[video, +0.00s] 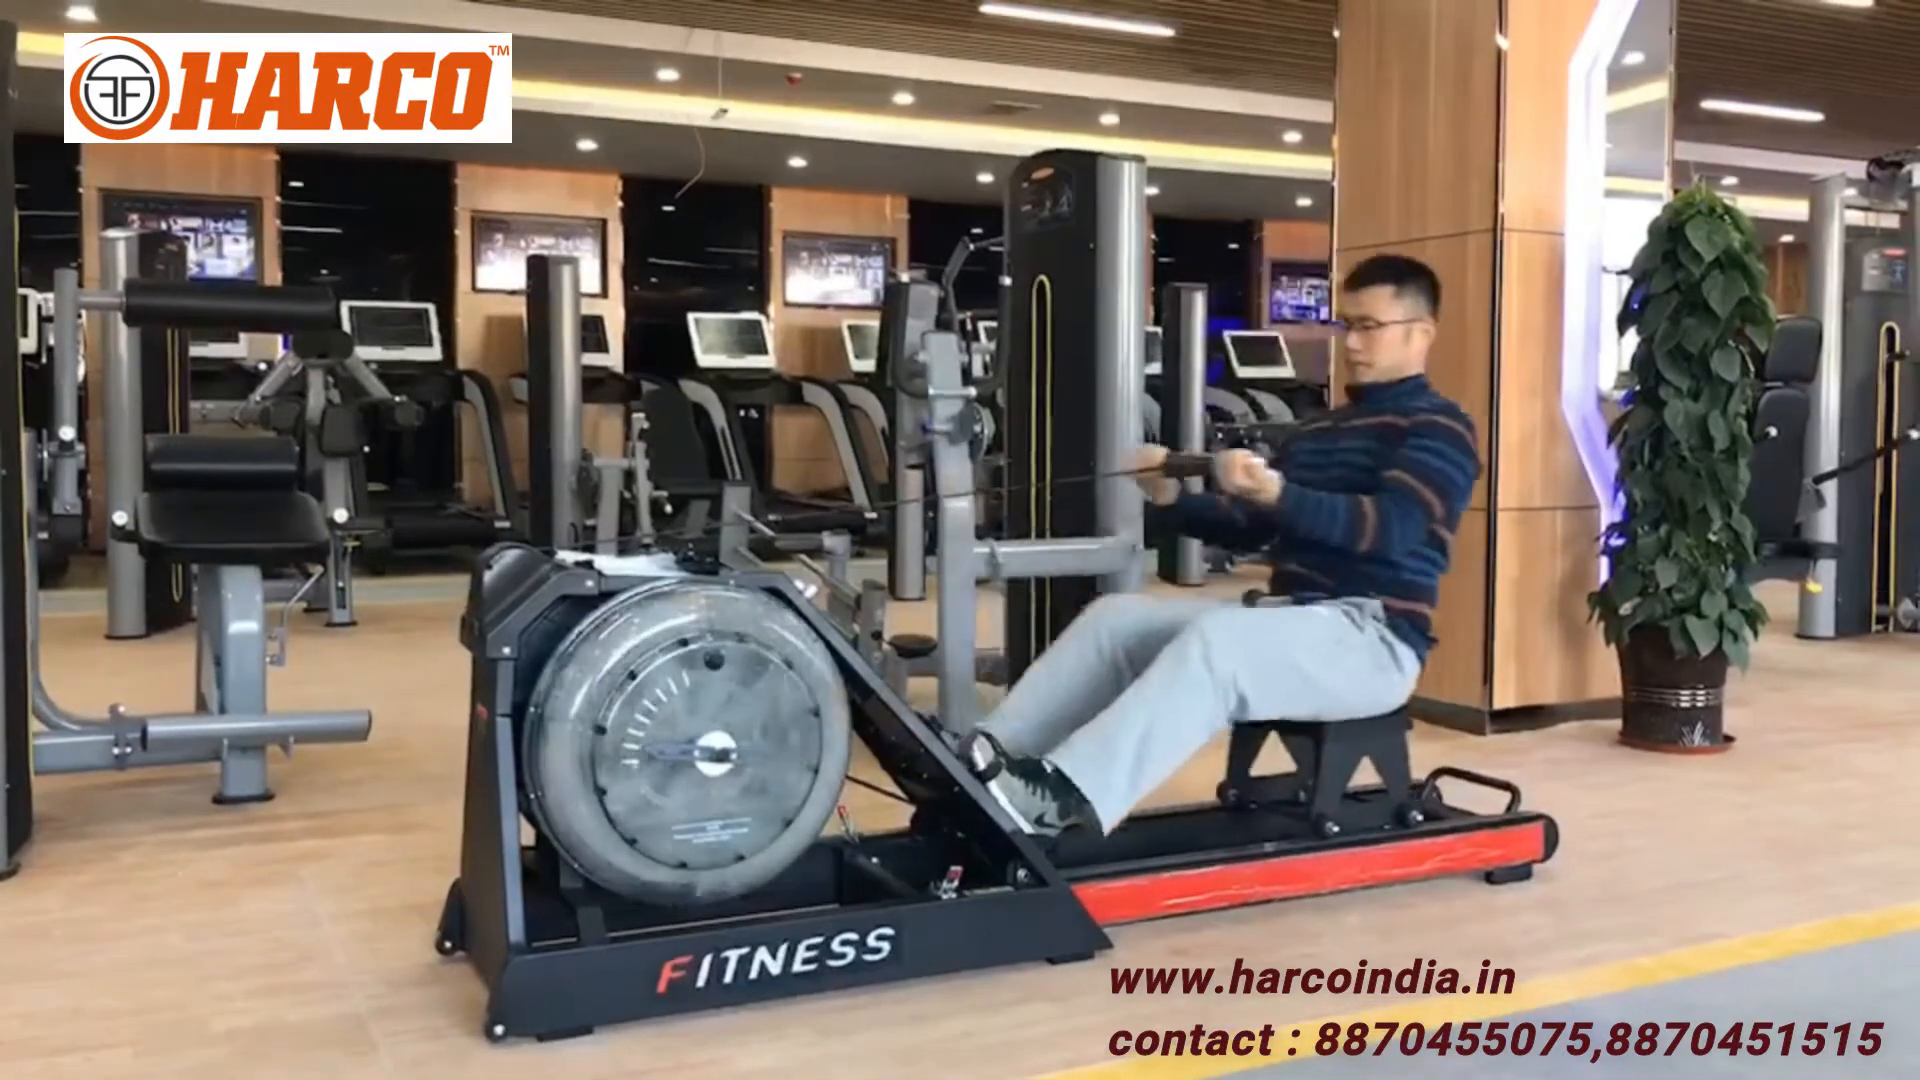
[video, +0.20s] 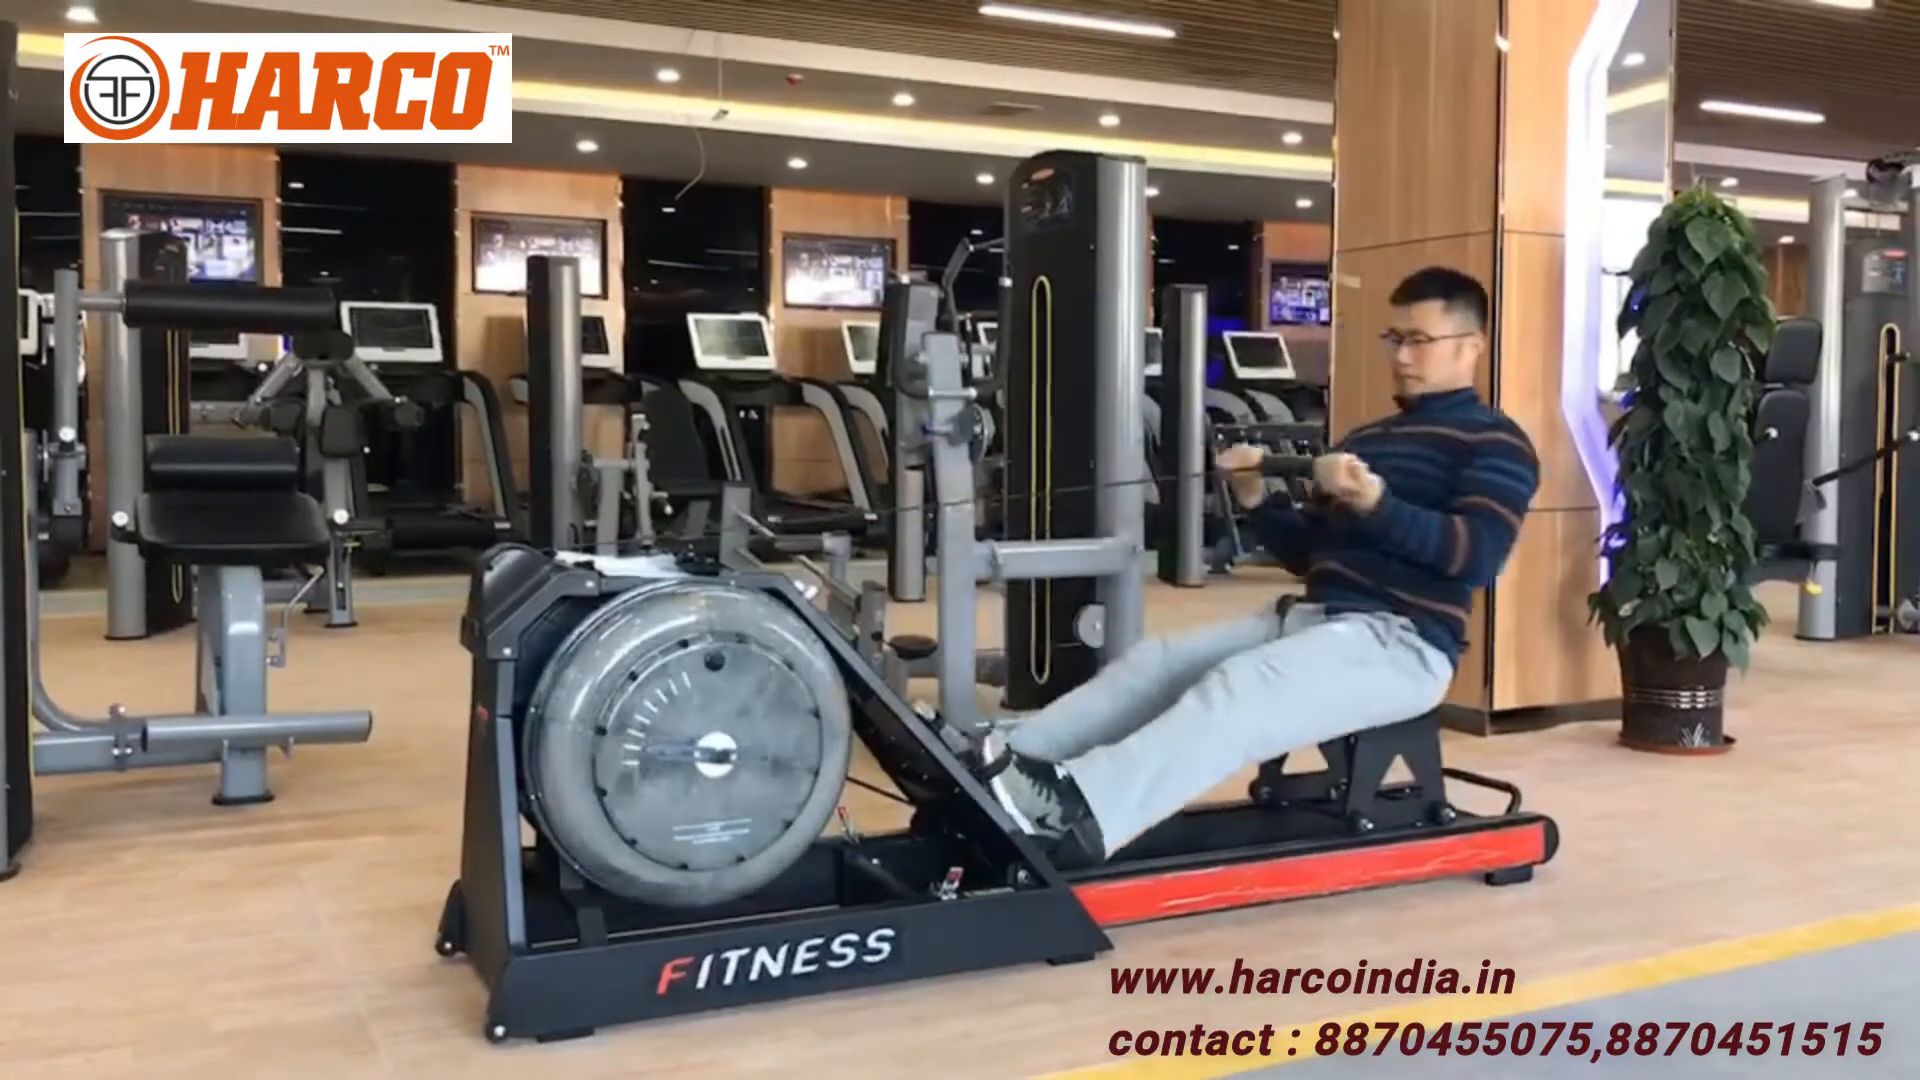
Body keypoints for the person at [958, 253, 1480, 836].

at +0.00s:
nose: (1353, 343)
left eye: (1373, 327)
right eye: (1347, 326)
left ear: (1424, 336)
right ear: (1339, 330)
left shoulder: (1442, 430)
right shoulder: (1325, 429)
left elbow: (1386, 528)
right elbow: (1261, 528)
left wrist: (1279, 495)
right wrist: (1169, 495)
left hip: (1373, 637)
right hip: (1291, 617)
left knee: (1214, 645)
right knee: (1117, 619)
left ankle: (1065, 795)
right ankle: (983, 759)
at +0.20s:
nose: (1402, 357)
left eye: (1422, 341)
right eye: (1396, 340)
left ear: (1472, 350)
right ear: (1388, 345)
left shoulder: (1499, 445)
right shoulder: (1373, 439)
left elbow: (1474, 556)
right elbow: (1313, 551)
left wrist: (1375, 506)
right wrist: (1255, 499)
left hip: (1397, 641)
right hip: (1312, 616)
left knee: (1233, 697)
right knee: (1162, 660)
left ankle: (1081, 814)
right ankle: (1007, 754)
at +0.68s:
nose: (1336, 343)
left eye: (1355, 329)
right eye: (1332, 328)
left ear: (1407, 337)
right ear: (1326, 333)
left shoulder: (1444, 434)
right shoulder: (1319, 434)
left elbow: (1463, 554)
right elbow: (1278, 553)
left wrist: (1354, 516)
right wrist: (1225, 504)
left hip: (1371, 642)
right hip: (1289, 624)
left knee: (1210, 629)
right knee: (1116, 606)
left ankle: (1075, 795)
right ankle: (995, 754)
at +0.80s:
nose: (1274, 331)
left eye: (1293, 316)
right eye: (1272, 315)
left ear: (1351, 326)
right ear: (1266, 317)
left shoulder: (1385, 429)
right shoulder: (1260, 432)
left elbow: (1382, 547)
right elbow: (1218, 540)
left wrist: (1267, 522)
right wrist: (1139, 520)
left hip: (1336, 643)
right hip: (1239, 623)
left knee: (1190, 607)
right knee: (1085, 587)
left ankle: (1062, 788)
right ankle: (981, 751)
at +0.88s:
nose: (1241, 327)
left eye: (1261, 312)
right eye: (1239, 311)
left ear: (1319, 324)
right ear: (1234, 317)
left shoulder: (1351, 423)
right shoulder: (1226, 431)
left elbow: (1348, 541)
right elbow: (1175, 534)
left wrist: (1228, 529)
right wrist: (1090, 513)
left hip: (1317, 644)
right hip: (1219, 620)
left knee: (1176, 599)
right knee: (1060, 580)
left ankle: (1054, 787)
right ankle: (973, 751)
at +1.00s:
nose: (1180, 319)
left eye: (1200, 304)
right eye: (1176, 304)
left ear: (1255, 321)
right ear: (1167, 314)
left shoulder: (1285, 411)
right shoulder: (1167, 419)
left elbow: (1273, 519)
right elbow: (1099, 490)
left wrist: (1148, 528)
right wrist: (1021, 498)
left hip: (1276, 645)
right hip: (1178, 612)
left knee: (1137, 589)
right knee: (1021, 571)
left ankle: (1042, 786)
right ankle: (961, 749)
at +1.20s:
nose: (1121, 313)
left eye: (1139, 298)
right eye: (1120, 298)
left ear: (1195, 316)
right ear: (1113, 309)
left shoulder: (1227, 414)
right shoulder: (1113, 415)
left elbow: (1166, 487)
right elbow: (1034, 467)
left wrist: (1039, 509)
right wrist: (940, 487)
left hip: (1230, 652)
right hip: (1127, 637)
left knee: (1097, 566)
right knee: (974, 564)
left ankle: (1034, 784)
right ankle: (959, 758)